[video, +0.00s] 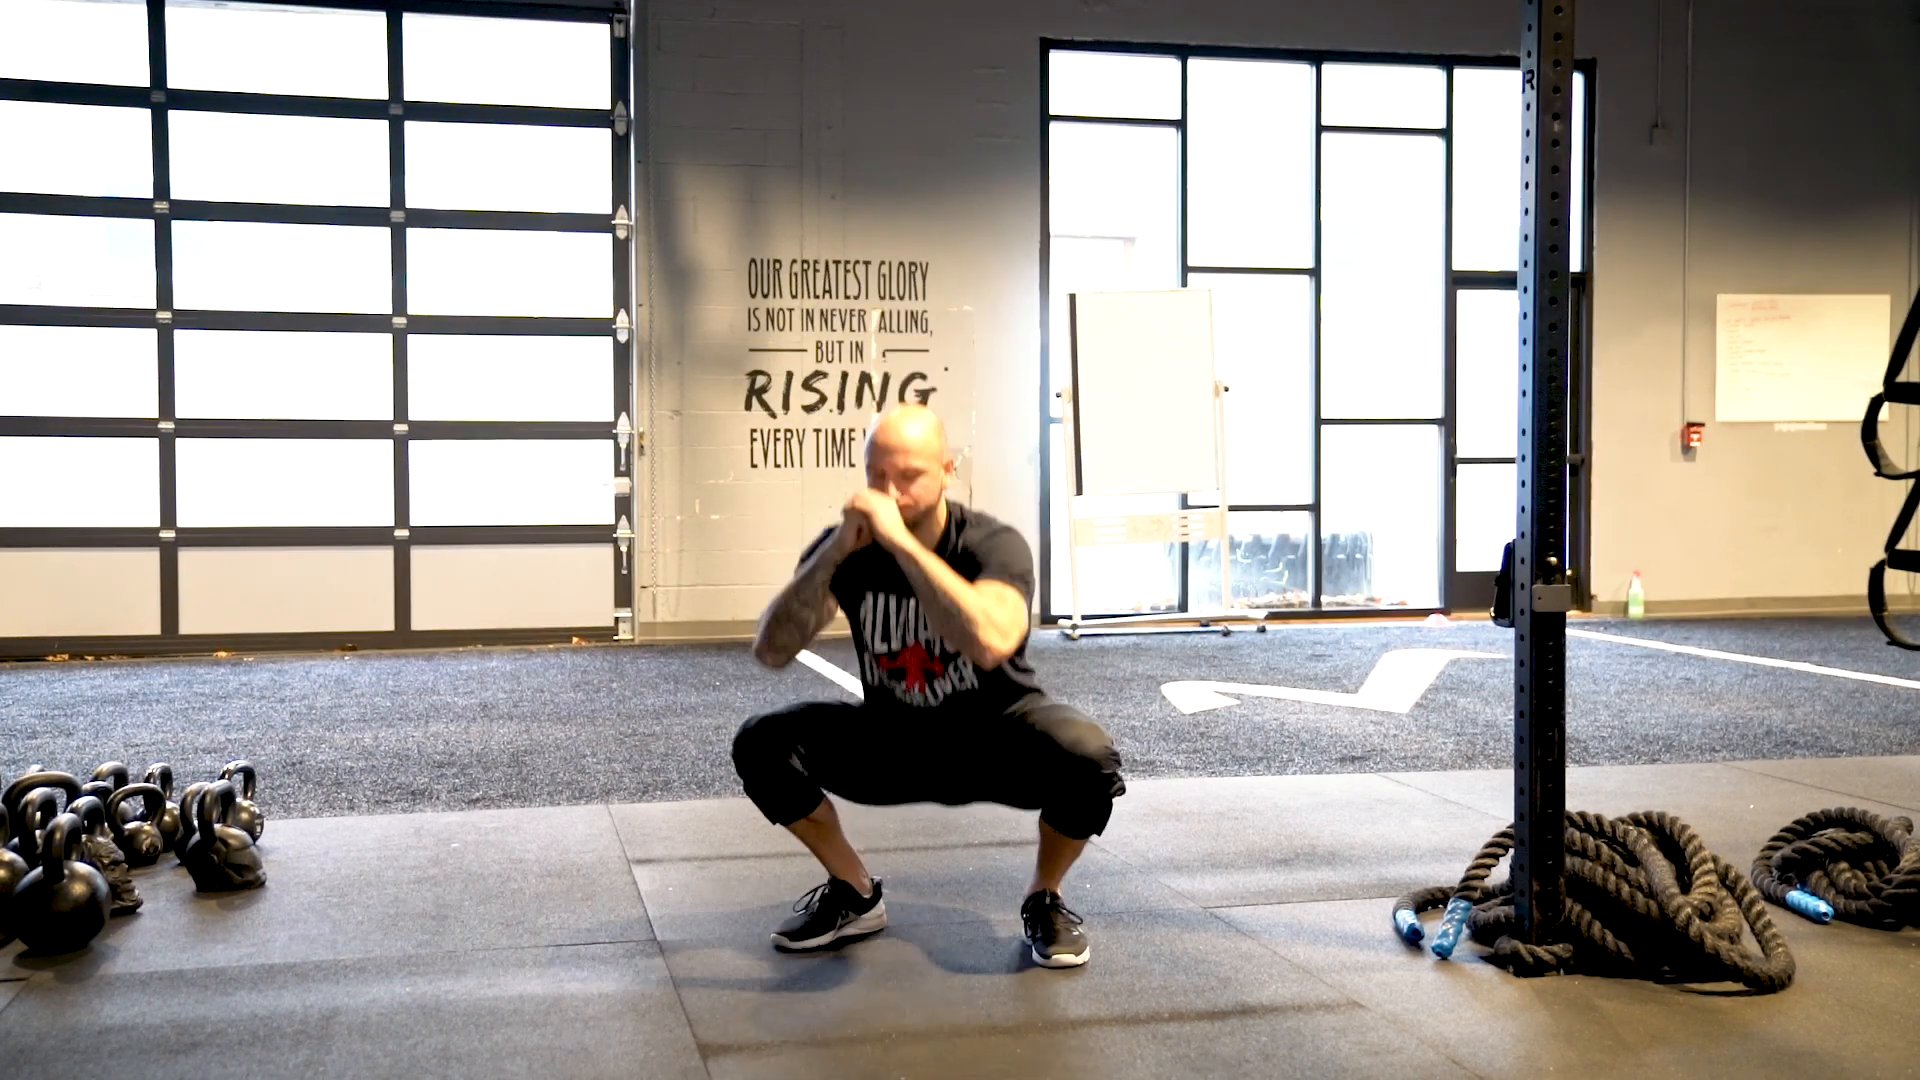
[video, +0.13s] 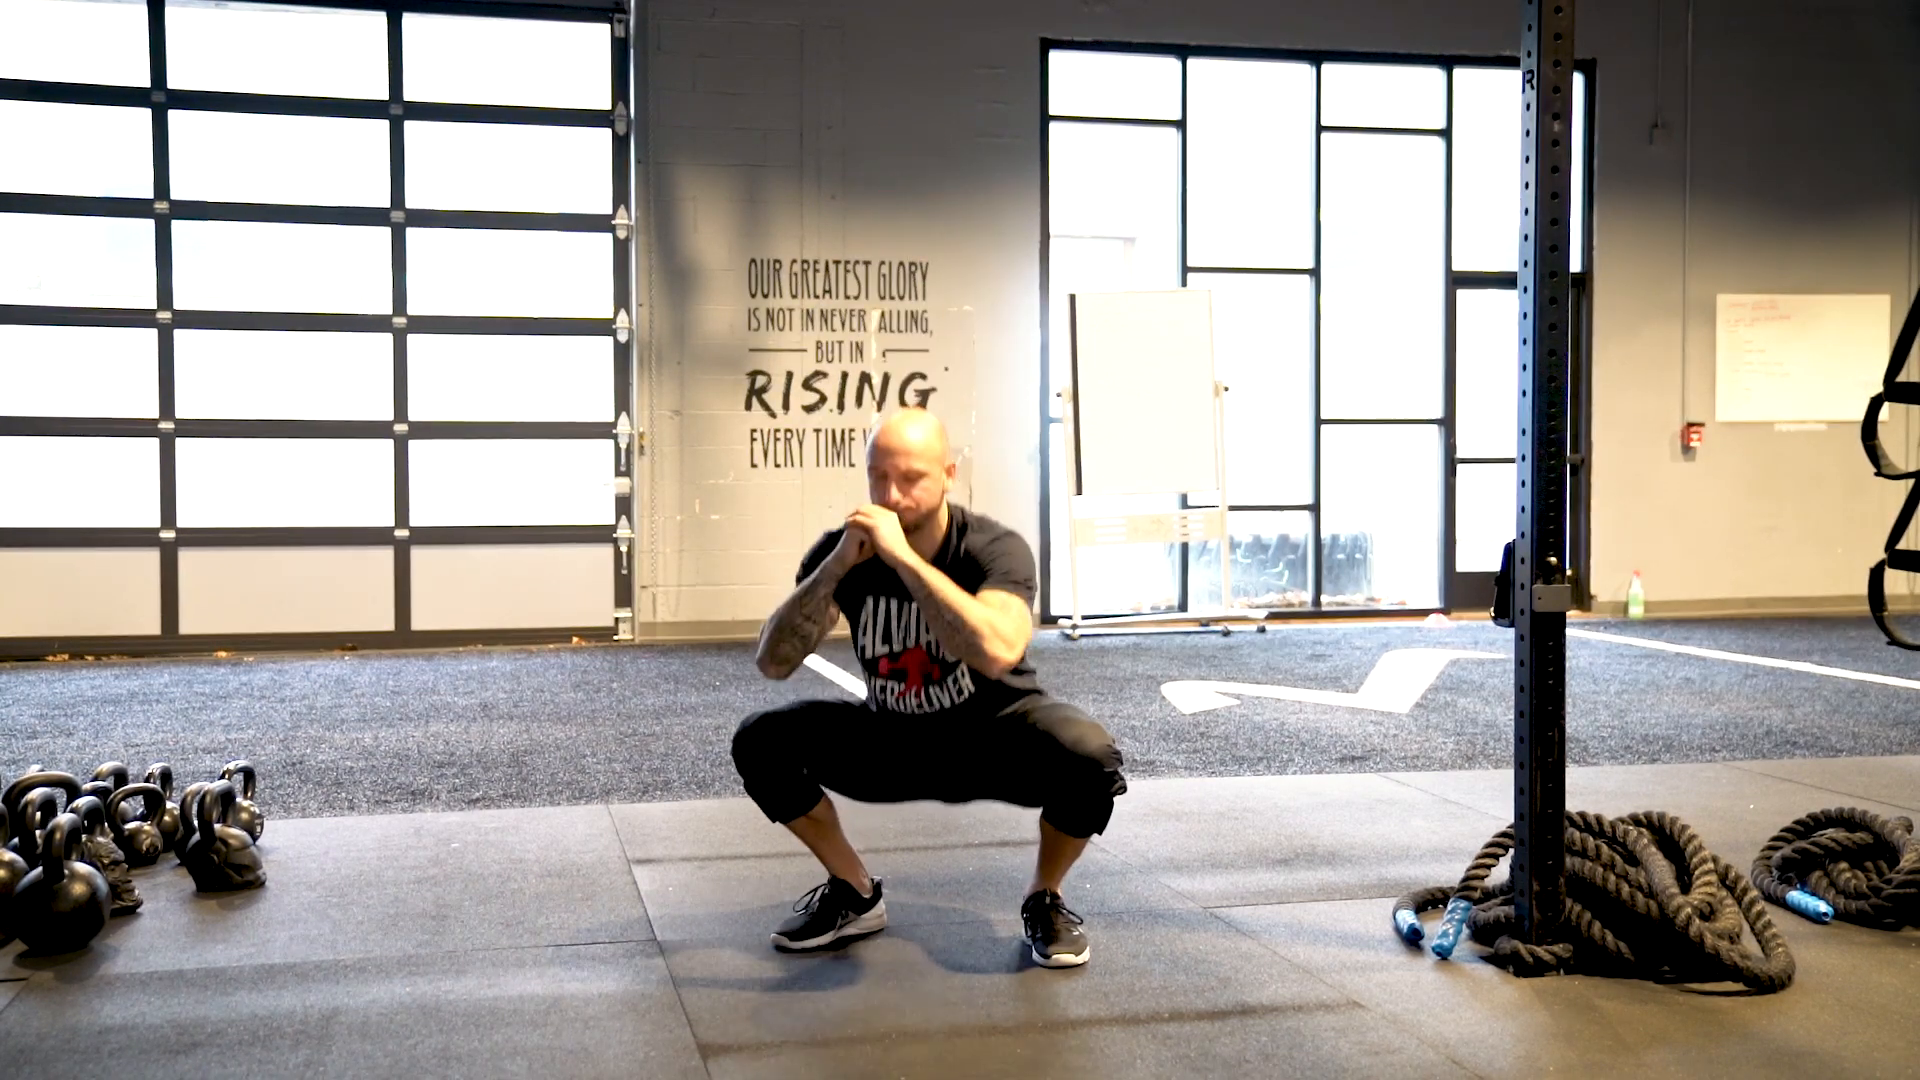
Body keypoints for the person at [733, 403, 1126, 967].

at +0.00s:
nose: (891, 494)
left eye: (908, 478)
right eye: (878, 477)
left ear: (947, 472)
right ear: (864, 474)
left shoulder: (994, 544)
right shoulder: (843, 549)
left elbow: (990, 641)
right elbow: (770, 652)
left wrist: (900, 543)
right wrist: (834, 553)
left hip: (990, 736)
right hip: (890, 737)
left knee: (1085, 755)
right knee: (762, 746)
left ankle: (1046, 899)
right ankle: (853, 888)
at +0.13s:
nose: (892, 496)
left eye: (910, 480)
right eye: (880, 478)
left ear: (948, 475)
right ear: (866, 475)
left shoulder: (996, 548)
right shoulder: (841, 553)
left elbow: (998, 650)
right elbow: (773, 661)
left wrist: (901, 554)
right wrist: (838, 563)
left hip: (990, 734)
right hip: (891, 737)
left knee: (1087, 754)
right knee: (762, 743)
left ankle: (1046, 899)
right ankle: (853, 888)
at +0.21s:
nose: (892, 455)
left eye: (910, 438)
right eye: (880, 437)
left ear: (949, 437)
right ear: (867, 436)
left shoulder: (999, 511)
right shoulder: (842, 513)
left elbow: (1013, 623)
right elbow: (773, 631)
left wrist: (905, 536)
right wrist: (839, 547)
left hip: (995, 699)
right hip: (892, 703)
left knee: (1087, 759)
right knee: (763, 740)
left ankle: (1047, 899)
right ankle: (854, 889)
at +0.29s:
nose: (892, 395)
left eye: (909, 377)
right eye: (880, 377)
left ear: (948, 376)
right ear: (866, 378)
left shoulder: (1001, 459)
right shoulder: (839, 462)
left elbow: (1029, 578)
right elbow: (780, 590)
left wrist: (913, 520)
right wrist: (845, 517)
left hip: (1004, 650)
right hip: (899, 653)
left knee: (1084, 753)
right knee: (768, 734)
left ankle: (1046, 900)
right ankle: (854, 889)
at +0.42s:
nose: (890, 296)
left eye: (908, 278)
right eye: (878, 277)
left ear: (946, 276)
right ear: (864, 277)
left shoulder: (1004, 371)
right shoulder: (835, 377)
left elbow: (1045, 494)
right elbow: (800, 511)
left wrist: (936, 482)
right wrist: (848, 482)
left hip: (1005, 579)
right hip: (895, 580)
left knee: (1071, 735)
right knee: (785, 721)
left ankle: (1047, 898)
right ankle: (854, 889)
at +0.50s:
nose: (891, 236)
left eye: (908, 219)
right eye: (879, 219)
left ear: (948, 217)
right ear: (864, 221)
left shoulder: (1008, 316)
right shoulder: (834, 324)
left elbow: (1050, 439)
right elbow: (815, 455)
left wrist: (946, 446)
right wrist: (859, 444)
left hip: (1003, 545)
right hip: (891, 545)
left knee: (1063, 719)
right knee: (800, 709)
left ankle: (1048, 896)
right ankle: (854, 888)